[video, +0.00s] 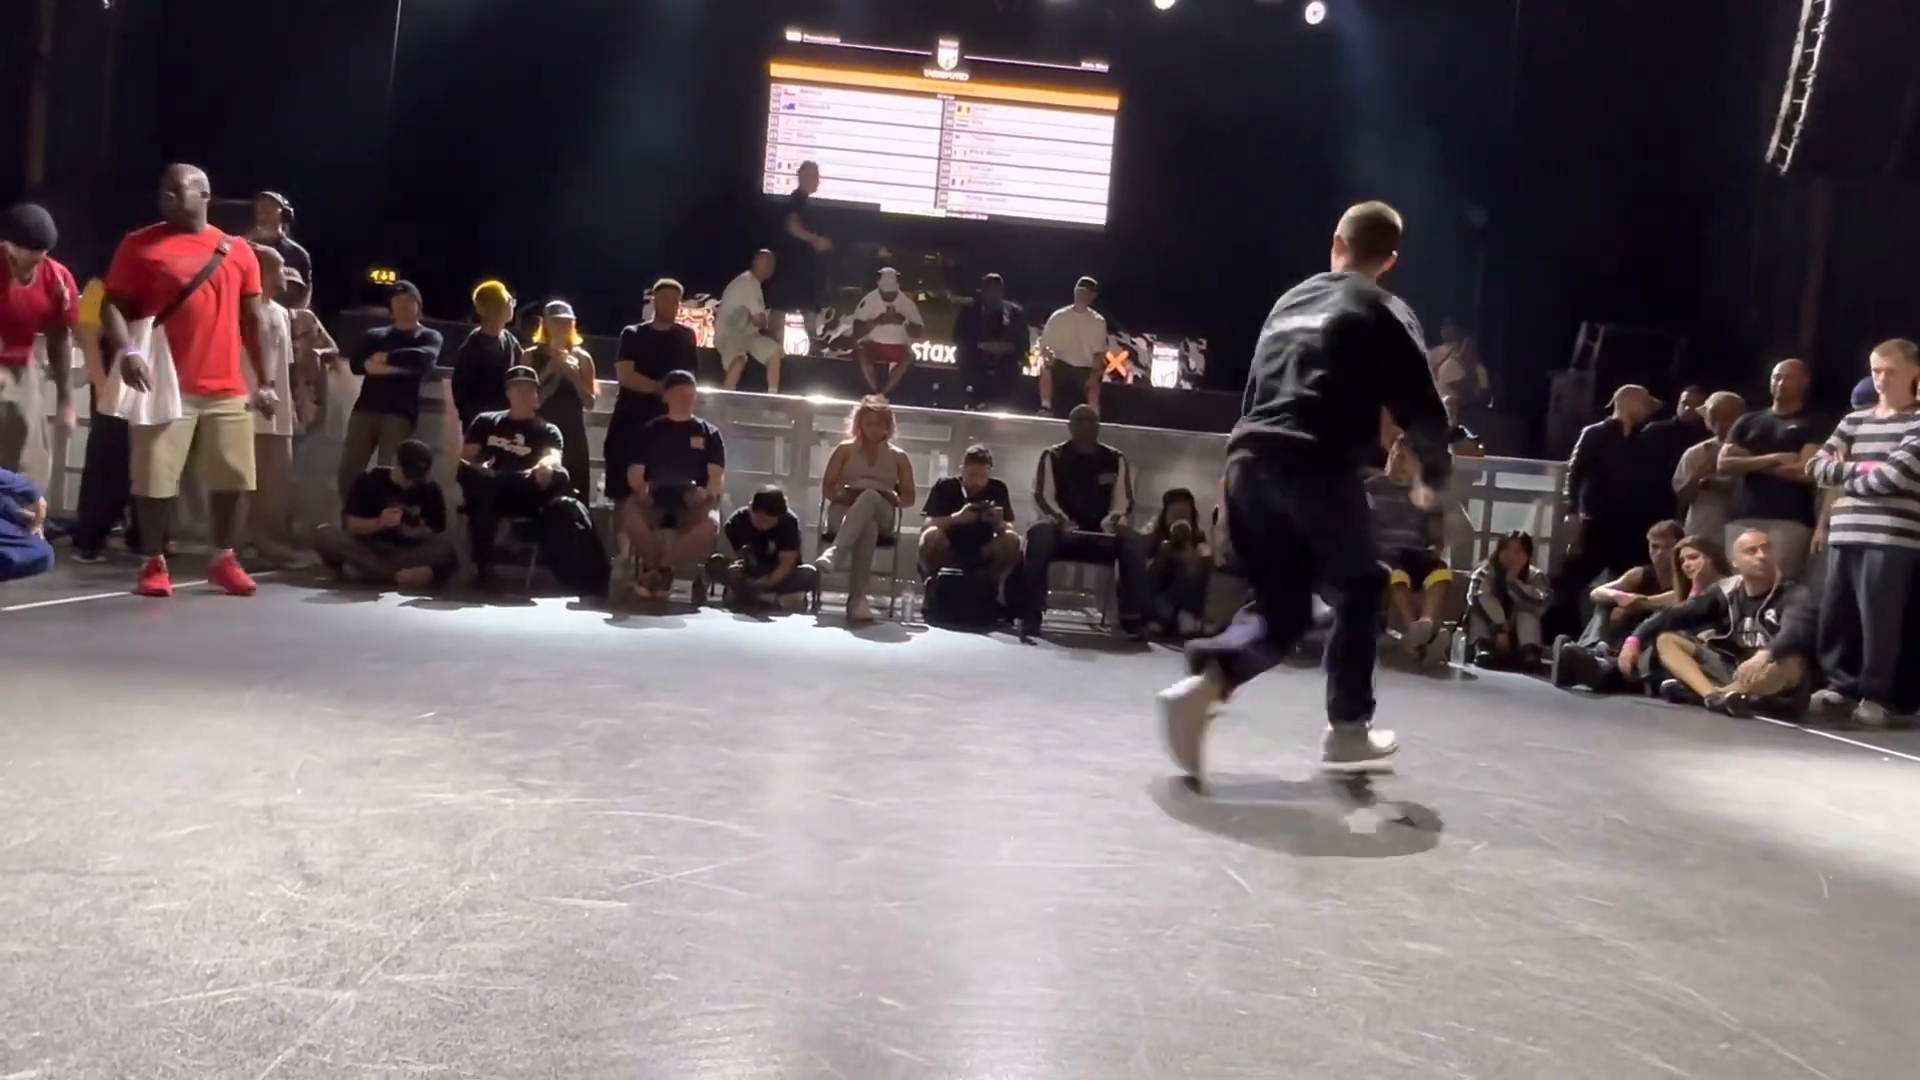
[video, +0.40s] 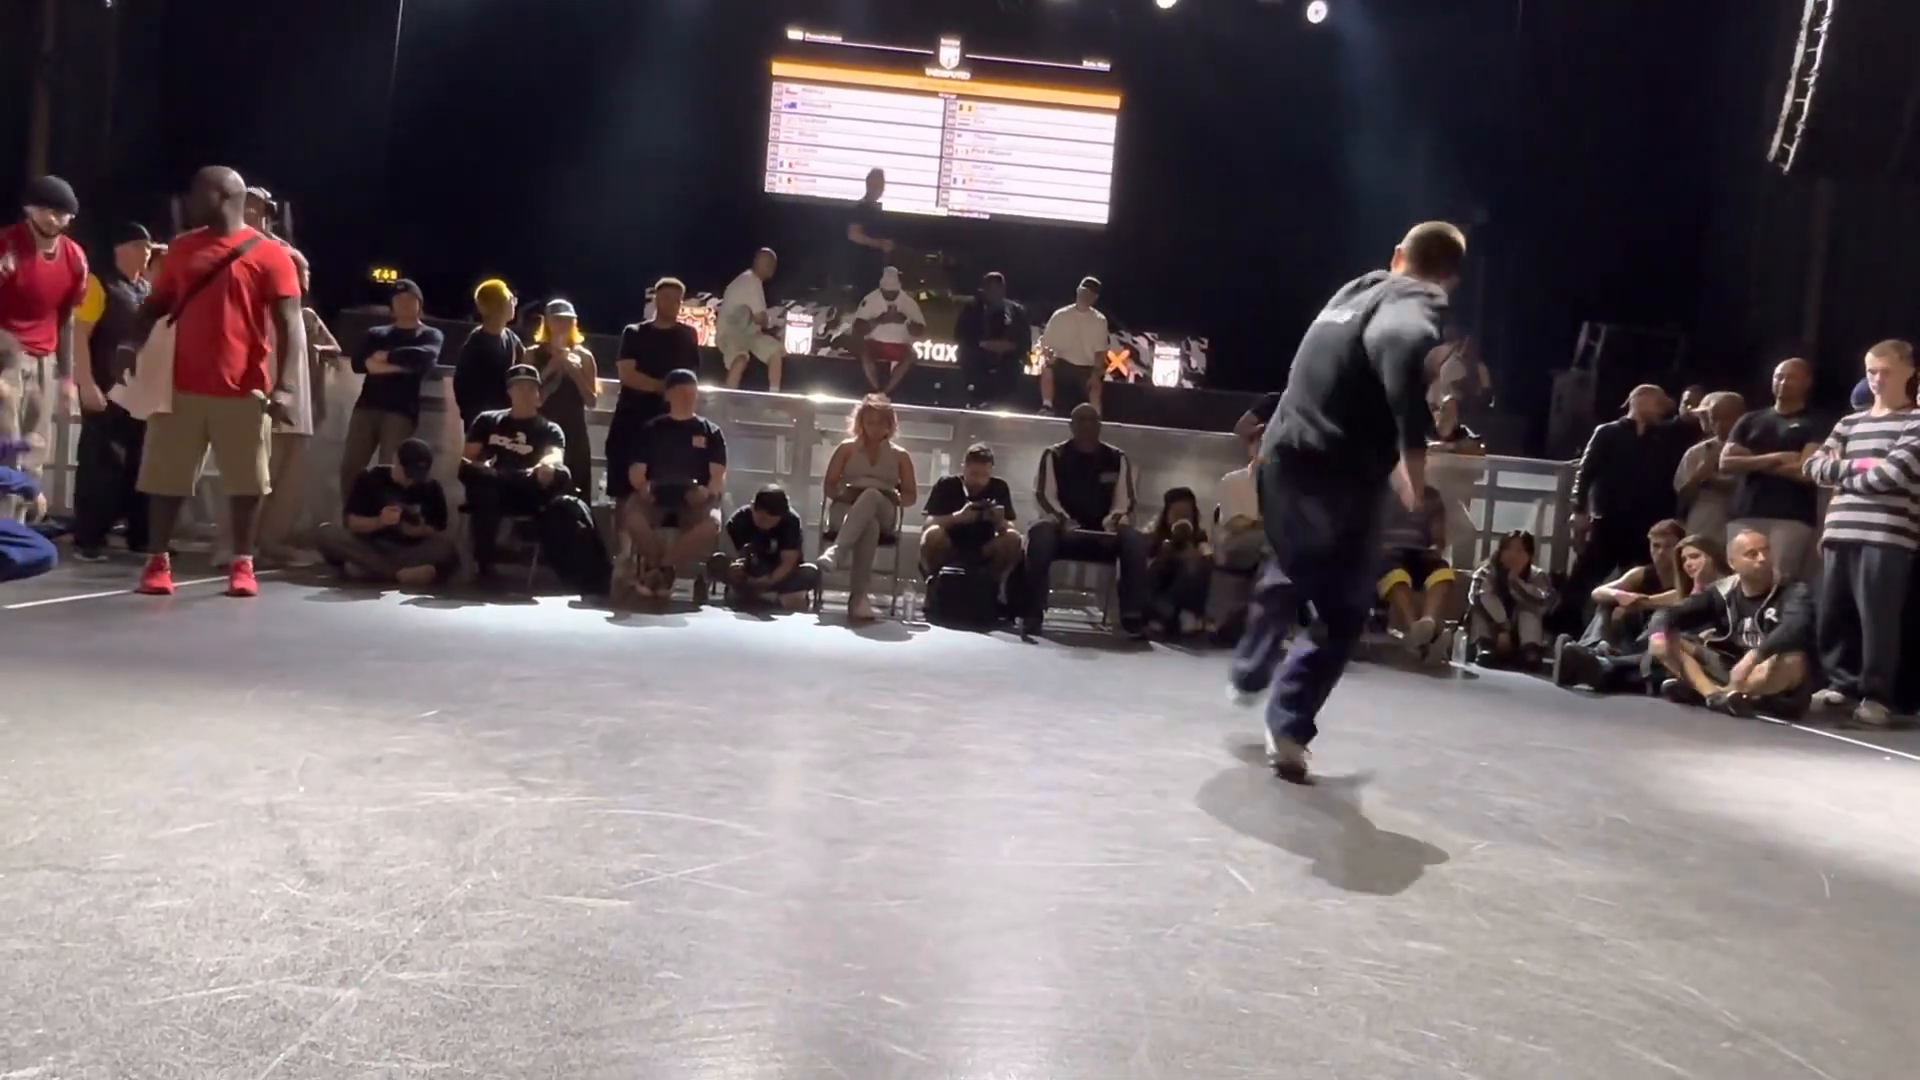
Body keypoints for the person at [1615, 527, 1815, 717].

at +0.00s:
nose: (1761, 557)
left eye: (1766, 549)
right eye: (1751, 551)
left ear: (1773, 555)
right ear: (1736, 561)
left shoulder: (1794, 594)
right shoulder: (1724, 592)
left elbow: (1795, 631)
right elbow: (1677, 615)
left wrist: (1767, 654)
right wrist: (1635, 640)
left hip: (1775, 671)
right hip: (1731, 669)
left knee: (1792, 663)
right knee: (1666, 642)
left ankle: (1717, 695)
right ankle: (1712, 696)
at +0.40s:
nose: (1762, 559)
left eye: (1765, 552)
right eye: (1752, 554)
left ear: (1771, 553)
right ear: (1732, 562)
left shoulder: (1793, 590)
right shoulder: (1721, 591)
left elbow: (1795, 628)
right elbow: (1671, 614)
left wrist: (1754, 656)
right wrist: (1658, 633)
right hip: (1729, 667)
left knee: (1793, 661)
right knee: (1663, 643)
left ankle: (1718, 694)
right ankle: (1714, 694)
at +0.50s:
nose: (1760, 558)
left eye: (1763, 551)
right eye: (1750, 553)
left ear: (1770, 554)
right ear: (1732, 561)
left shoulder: (1793, 592)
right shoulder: (1721, 591)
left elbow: (1779, 630)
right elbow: (1667, 615)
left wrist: (1733, 658)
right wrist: (1673, 635)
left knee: (1789, 660)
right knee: (1659, 638)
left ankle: (1709, 695)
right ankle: (1718, 697)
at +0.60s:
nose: (1758, 558)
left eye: (1762, 550)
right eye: (1748, 552)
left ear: (1770, 554)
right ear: (1732, 561)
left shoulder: (1792, 593)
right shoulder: (1722, 591)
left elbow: (1768, 633)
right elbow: (1669, 616)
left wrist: (1717, 655)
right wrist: (1685, 638)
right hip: (1728, 674)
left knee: (1789, 659)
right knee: (1658, 637)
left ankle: (1717, 694)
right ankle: (1713, 694)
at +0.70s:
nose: (1757, 557)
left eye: (1762, 550)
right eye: (1748, 552)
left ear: (1769, 554)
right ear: (1732, 560)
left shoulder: (1791, 593)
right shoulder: (1723, 590)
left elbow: (1765, 632)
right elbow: (1670, 616)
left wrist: (1711, 655)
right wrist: (1688, 636)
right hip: (1727, 672)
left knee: (1788, 659)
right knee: (1659, 636)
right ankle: (1711, 695)